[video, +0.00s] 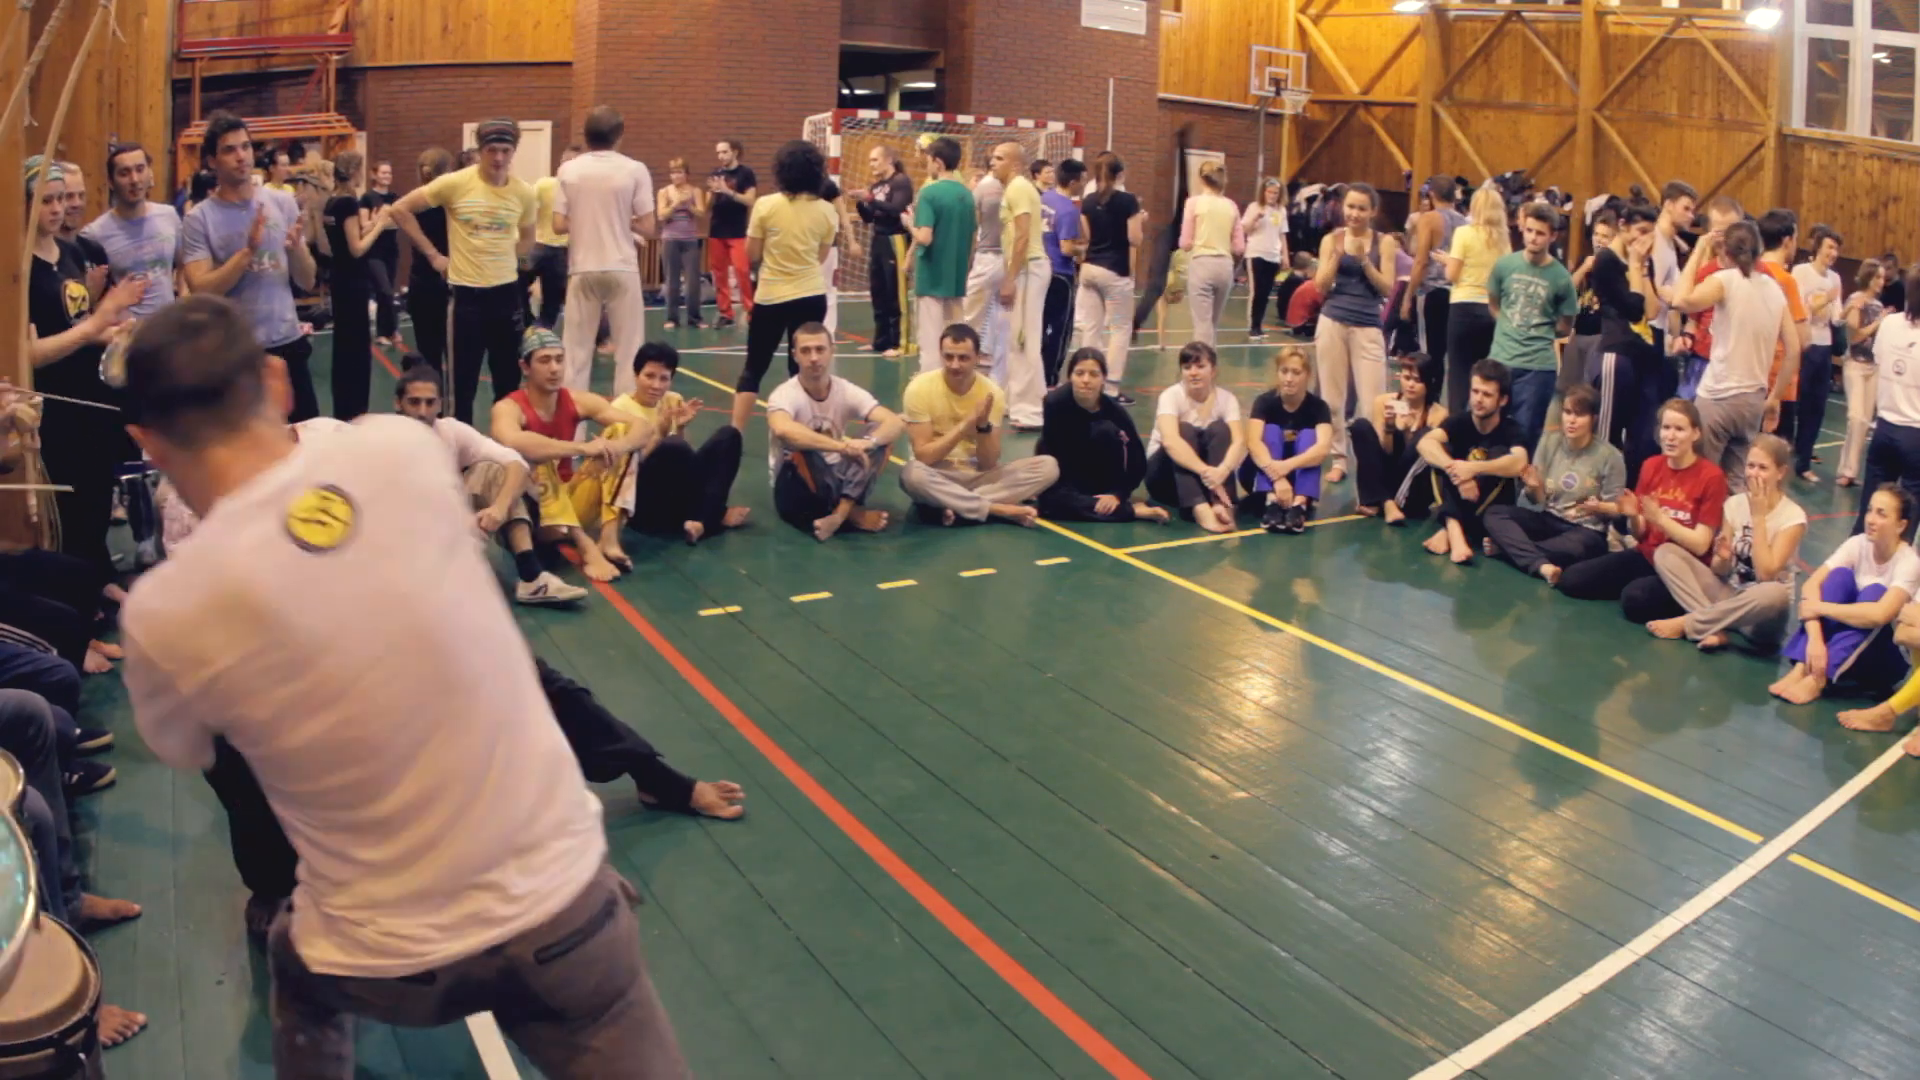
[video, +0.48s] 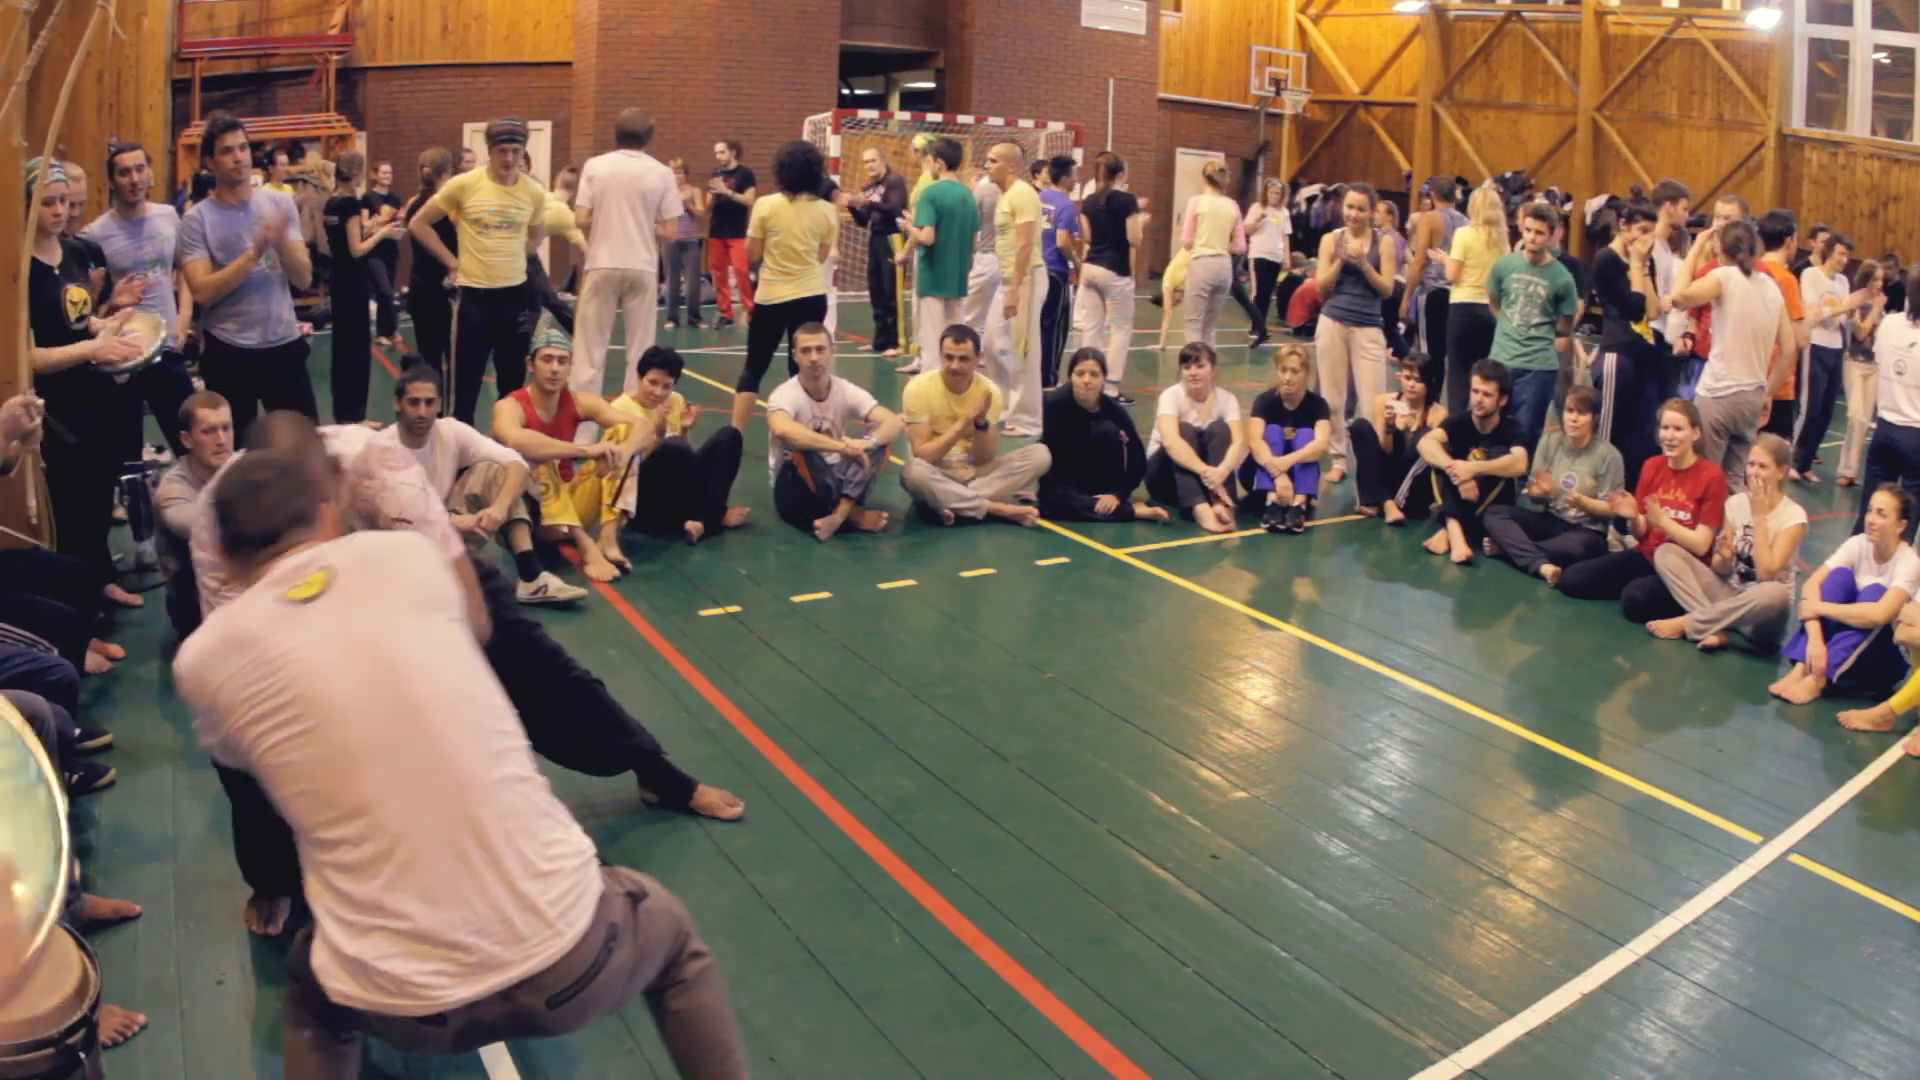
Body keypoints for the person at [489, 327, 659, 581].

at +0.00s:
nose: (554, 368)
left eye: (559, 360)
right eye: (544, 361)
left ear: (566, 362)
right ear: (525, 366)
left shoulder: (579, 401)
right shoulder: (508, 408)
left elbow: (643, 426)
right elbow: (512, 442)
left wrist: (619, 446)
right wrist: (581, 448)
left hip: (574, 505)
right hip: (528, 510)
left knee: (620, 446)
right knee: (538, 462)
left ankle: (610, 537)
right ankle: (586, 546)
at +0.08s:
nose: (555, 369)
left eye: (560, 361)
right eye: (545, 362)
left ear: (567, 363)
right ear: (526, 366)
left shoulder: (580, 401)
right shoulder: (509, 408)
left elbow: (643, 425)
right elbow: (513, 441)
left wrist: (624, 447)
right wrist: (581, 450)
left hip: (575, 505)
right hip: (528, 512)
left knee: (622, 435)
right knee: (540, 464)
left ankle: (610, 536)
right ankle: (586, 545)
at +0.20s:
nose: (556, 370)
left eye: (562, 362)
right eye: (547, 362)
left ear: (569, 364)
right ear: (528, 366)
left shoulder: (581, 402)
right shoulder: (509, 407)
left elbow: (643, 426)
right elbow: (515, 441)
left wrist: (626, 449)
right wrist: (585, 451)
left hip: (573, 506)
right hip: (526, 510)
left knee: (621, 444)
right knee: (540, 461)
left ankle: (609, 537)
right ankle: (587, 546)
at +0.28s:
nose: (557, 370)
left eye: (563, 362)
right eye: (547, 362)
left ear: (570, 364)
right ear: (529, 365)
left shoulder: (581, 402)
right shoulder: (509, 407)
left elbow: (642, 426)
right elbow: (514, 440)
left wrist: (627, 449)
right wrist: (585, 451)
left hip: (573, 507)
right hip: (526, 509)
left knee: (621, 440)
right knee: (540, 462)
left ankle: (609, 537)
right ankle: (587, 546)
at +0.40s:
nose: (556, 369)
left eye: (563, 362)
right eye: (547, 361)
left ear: (570, 366)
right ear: (530, 364)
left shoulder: (581, 402)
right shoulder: (510, 406)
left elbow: (643, 426)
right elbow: (515, 441)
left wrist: (628, 449)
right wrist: (586, 451)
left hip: (573, 506)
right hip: (526, 510)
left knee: (621, 436)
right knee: (539, 461)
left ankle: (609, 536)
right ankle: (586, 544)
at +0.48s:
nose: (555, 368)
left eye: (562, 361)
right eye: (547, 360)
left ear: (570, 367)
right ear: (530, 364)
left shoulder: (581, 402)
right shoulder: (510, 406)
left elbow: (644, 427)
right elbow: (514, 441)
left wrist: (628, 449)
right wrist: (586, 451)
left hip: (573, 505)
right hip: (526, 508)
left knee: (621, 435)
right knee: (542, 461)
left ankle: (609, 536)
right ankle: (586, 545)